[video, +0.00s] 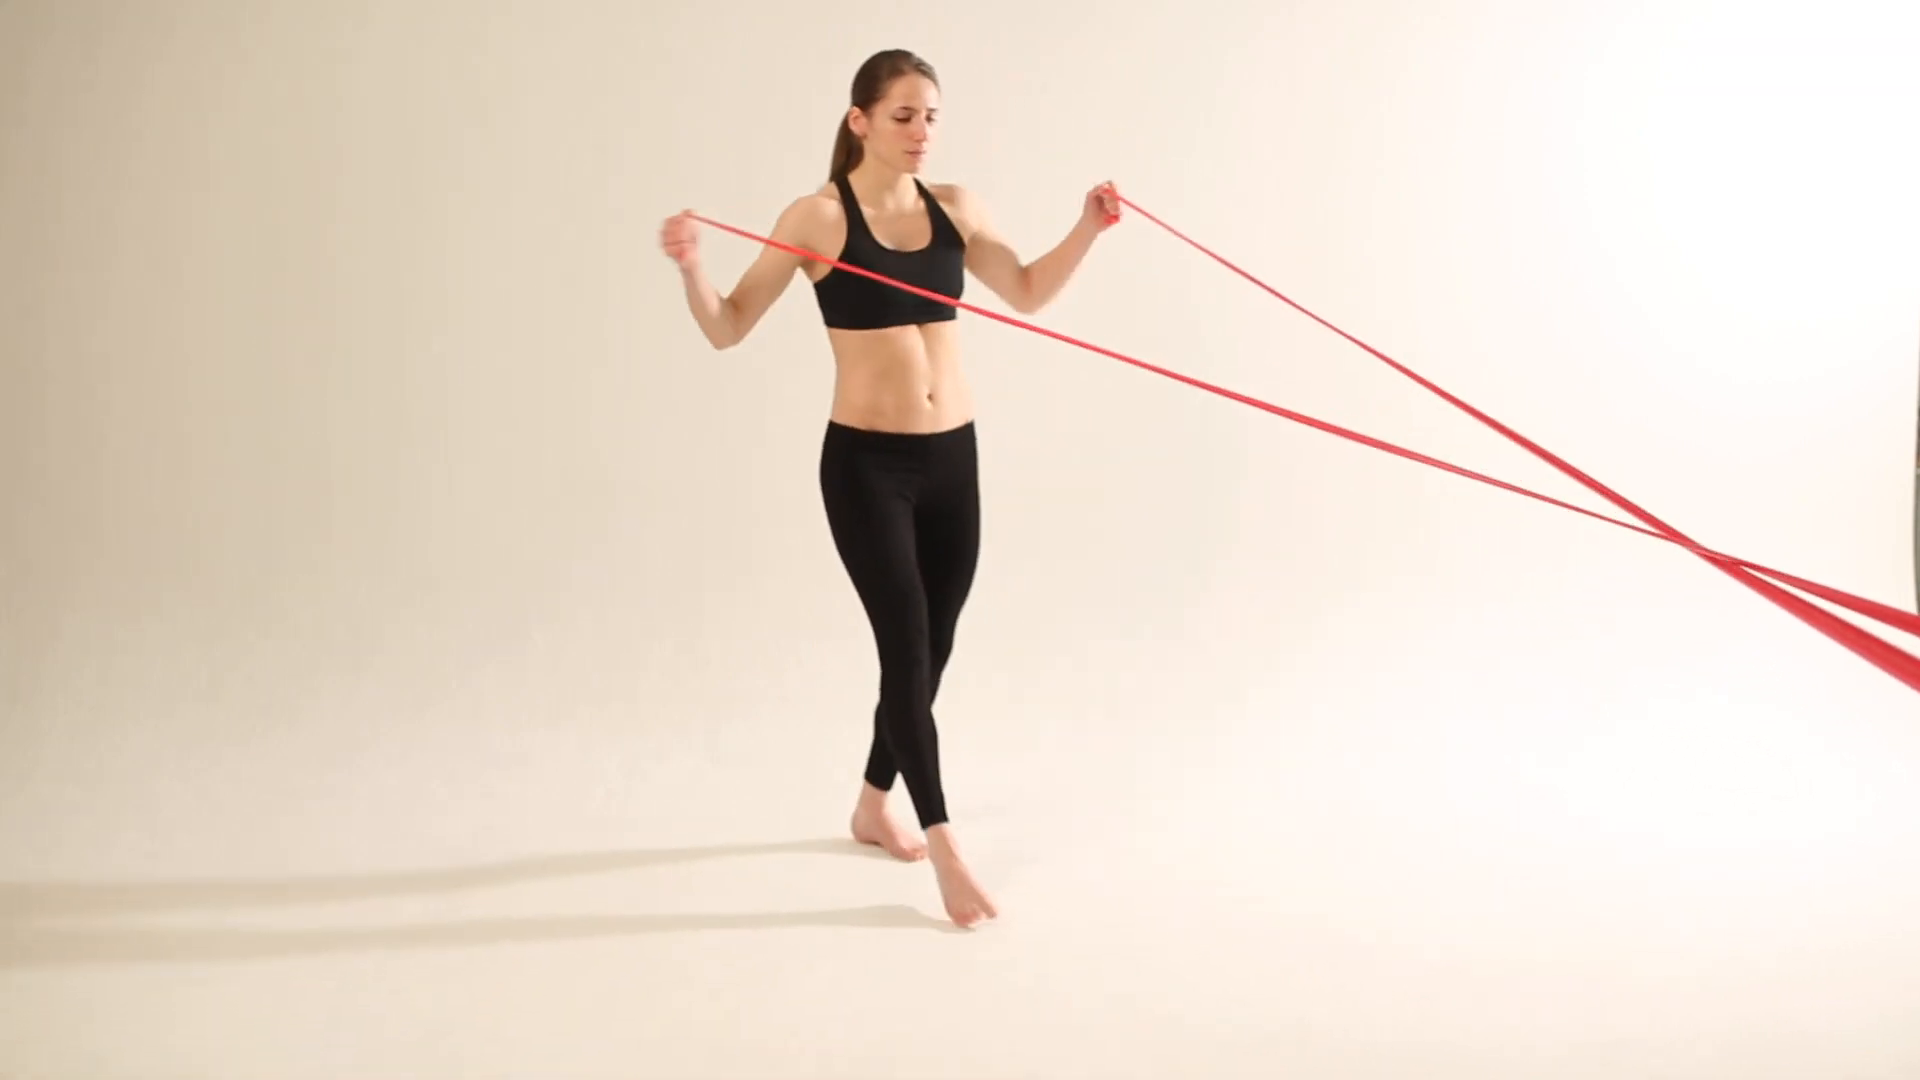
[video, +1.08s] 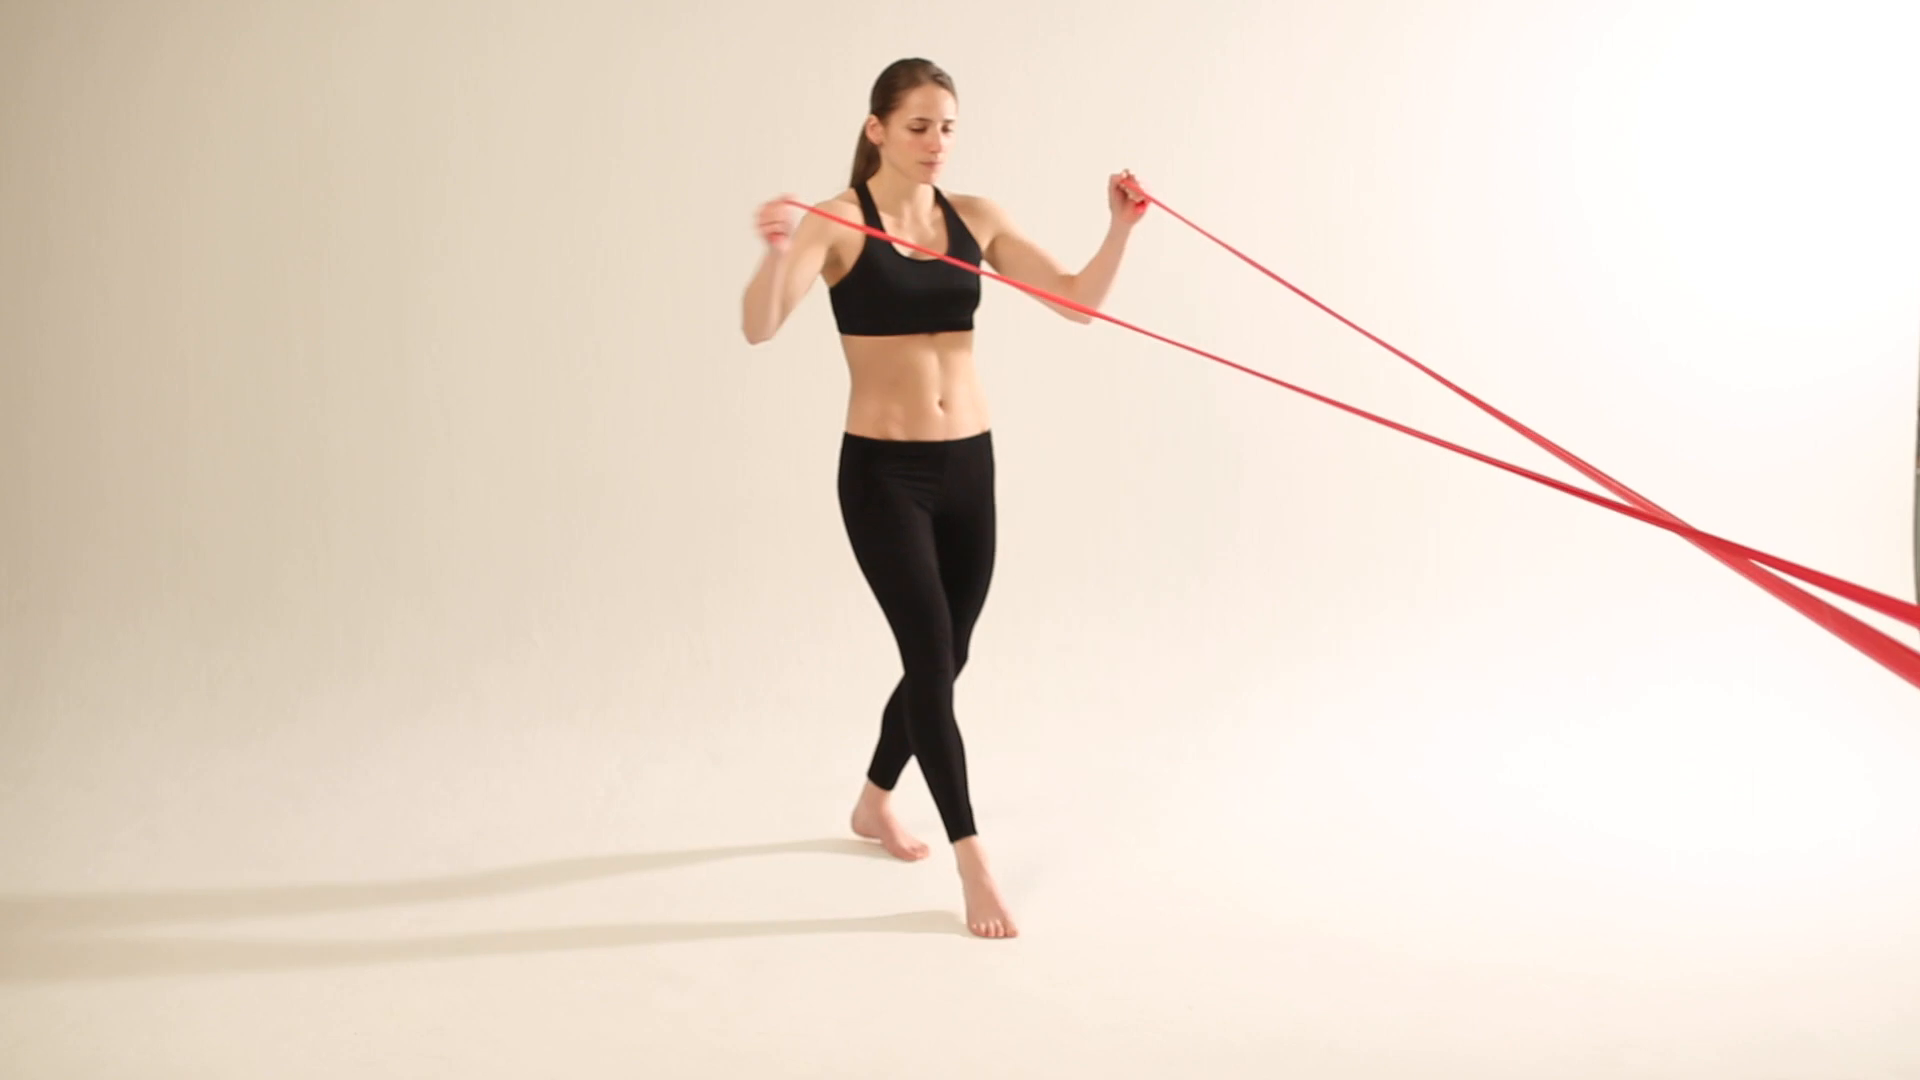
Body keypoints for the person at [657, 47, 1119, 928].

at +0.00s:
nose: (923, 131)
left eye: (931, 116)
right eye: (906, 116)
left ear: (936, 122)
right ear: (860, 121)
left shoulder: (952, 208)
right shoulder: (818, 216)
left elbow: (1026, 291)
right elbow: (727, 328)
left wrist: (1087, 228)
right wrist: (691, 269)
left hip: (953, 459)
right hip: (866, 462)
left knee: (929, 647)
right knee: (907, 649)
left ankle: (872, 802)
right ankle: (946, 853)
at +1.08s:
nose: (935, 141)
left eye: (946, 126)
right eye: (919, 125)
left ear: (954, 133)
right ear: (876, 128)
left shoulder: (970, 216)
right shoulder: (836, 221)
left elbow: (1076, 299)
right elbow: (760, 326)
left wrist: (1121, 226)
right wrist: (777, 249)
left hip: (970, 468)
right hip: (881, 471)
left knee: (947, 655)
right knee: (930, 657)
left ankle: (873, 797)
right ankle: (972, 860)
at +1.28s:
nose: (972, 135)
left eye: (982, 121)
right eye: (955, 120)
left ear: (990, 129)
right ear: (910, 125)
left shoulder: (1008, 214)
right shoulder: (873, 218)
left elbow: (1112, 306)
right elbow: (826, 326)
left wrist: (1135, 253)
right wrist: (899, 269)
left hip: (1001, 471)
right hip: (909, 475)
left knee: (1009, 670)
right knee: (951, 670)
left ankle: (920, 765)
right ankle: (980, 874)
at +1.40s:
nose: (997, 141)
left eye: (1008, 125)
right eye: (981, 125)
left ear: (1018, 130)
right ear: (935, 127)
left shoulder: (1037, 221)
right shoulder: (898, 221)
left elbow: (1126, 311)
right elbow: (879, 326)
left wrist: (1142, 291)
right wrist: (974, 299)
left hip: (1017, 479)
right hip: (920, 483)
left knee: (1055, 670)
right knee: (962, 673)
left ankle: (992, 794)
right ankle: (977, 873)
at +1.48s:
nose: (1017, 151)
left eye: (1028, 135)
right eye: (1001, 134)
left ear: (1037, 139)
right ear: (954, 134)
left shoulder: (1052, 227)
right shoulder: (915, 228)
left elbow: (1124, 301)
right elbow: (915, 334)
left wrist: (1150, 314)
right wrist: (1021, 329)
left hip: (1027, 485)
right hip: (928, 490)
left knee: (1075, 675)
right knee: (975, 683)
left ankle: (1055, 857)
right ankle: (982, 875)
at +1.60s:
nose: (1050, 176)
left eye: (1061, 160)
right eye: (1033, 158)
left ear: (1067, 165)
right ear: (984, 157)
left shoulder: (1080, 249)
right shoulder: (941, 250)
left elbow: (1163, 333)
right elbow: (970, 361)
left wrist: (1178, 375)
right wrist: (1083, 386)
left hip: (1048, 509)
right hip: (947, 512)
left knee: (1099, 703)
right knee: (996, 706)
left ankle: (1136, 902)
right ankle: (985, 879)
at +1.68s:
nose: (1077, 196)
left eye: (1086, 180)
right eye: (1060, 179)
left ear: (1092, 184)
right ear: (1008, 176)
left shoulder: (1103, 267)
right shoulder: (964, 272)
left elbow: (1185, 363)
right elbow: (1012, 384)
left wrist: (1197, 424)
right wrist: (1126, 440)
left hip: (1065, 526)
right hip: (963, 530)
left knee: (1118, 720)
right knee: (1013, 726)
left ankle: (1157, 921)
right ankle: (986, 875)